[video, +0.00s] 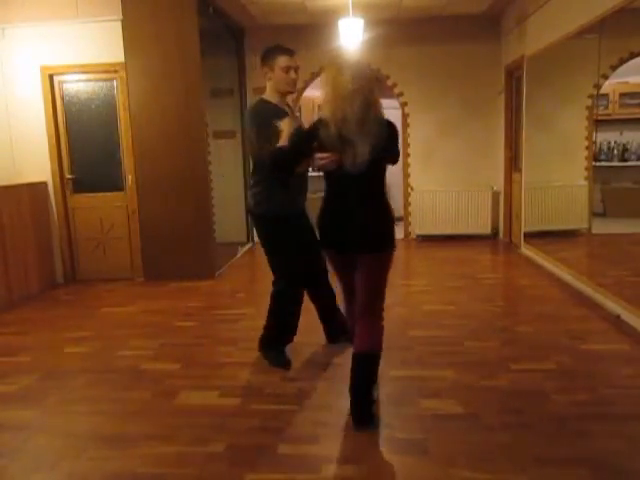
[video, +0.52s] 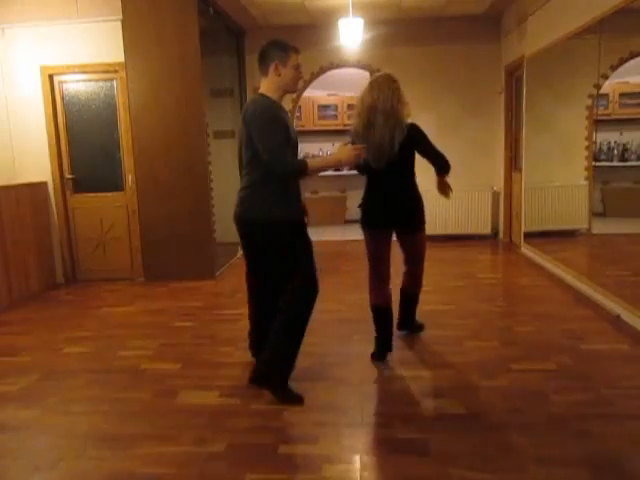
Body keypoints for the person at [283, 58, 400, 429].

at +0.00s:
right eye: (369, 84)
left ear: (333, 92)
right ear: (374, 92)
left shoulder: (322, 128)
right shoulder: (384, 130)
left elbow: (286, 162)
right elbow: (391, 156)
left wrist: (282, 143)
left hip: (334, 223)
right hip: (374, 223)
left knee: (352, 302)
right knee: (370, 310)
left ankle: (363, 391)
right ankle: (362, 405)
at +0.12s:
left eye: (345, 85)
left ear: (346, 91)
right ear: (382, 91)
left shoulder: (337, 127)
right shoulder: (394, 132)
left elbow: (297, 144)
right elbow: (394, 150)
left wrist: (294, 111)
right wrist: (398, 105)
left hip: (348, 217)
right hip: (386, 217)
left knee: (363, 288)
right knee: (381, 299)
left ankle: (376, 364)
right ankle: (366, 396)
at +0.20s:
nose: (346, 101)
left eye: (347, 94)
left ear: (349, 97)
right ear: (385, 96)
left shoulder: (342, 130)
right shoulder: (399, 133)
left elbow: (295, 141)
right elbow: (398, 144)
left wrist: (299, 95)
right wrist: (398, 110)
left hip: (352, 218)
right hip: (390, 217)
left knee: (366, 287)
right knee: (388, 290)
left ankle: (376, 363)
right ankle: (381, 369)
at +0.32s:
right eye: (392, 91)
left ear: (358, 98)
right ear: (391, 96)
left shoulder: (351, 133)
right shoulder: (403, 130)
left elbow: (323, 156)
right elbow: (422, 149)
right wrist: (400, 122)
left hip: (360, 214)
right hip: (396, 212)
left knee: (369, 280)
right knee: (399, 275)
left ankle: (377, 354)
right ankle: (398, 338)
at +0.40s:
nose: (401, 97)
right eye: (397, 92)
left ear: (360, 100)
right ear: (394, 98)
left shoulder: (354, 133)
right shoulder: (405, 131)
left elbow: (341, 160)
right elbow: (431, 151)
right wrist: (424, 158)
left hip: (364, 213)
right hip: (400, 213)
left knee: (372, 281)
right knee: (407, 270)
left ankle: (379, 353)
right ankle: (404, 330)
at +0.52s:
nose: (405, 99)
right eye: (402, 95)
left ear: (367, 101)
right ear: (398, 101)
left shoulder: (361, 134)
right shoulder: (408, 131)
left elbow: (358, 165)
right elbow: (440, 161)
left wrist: (376, 171)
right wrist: (441, 178)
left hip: (374, 209)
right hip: (407, 208)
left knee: (378, 274)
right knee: (414, 264)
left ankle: (382, 342)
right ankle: (407, 320)